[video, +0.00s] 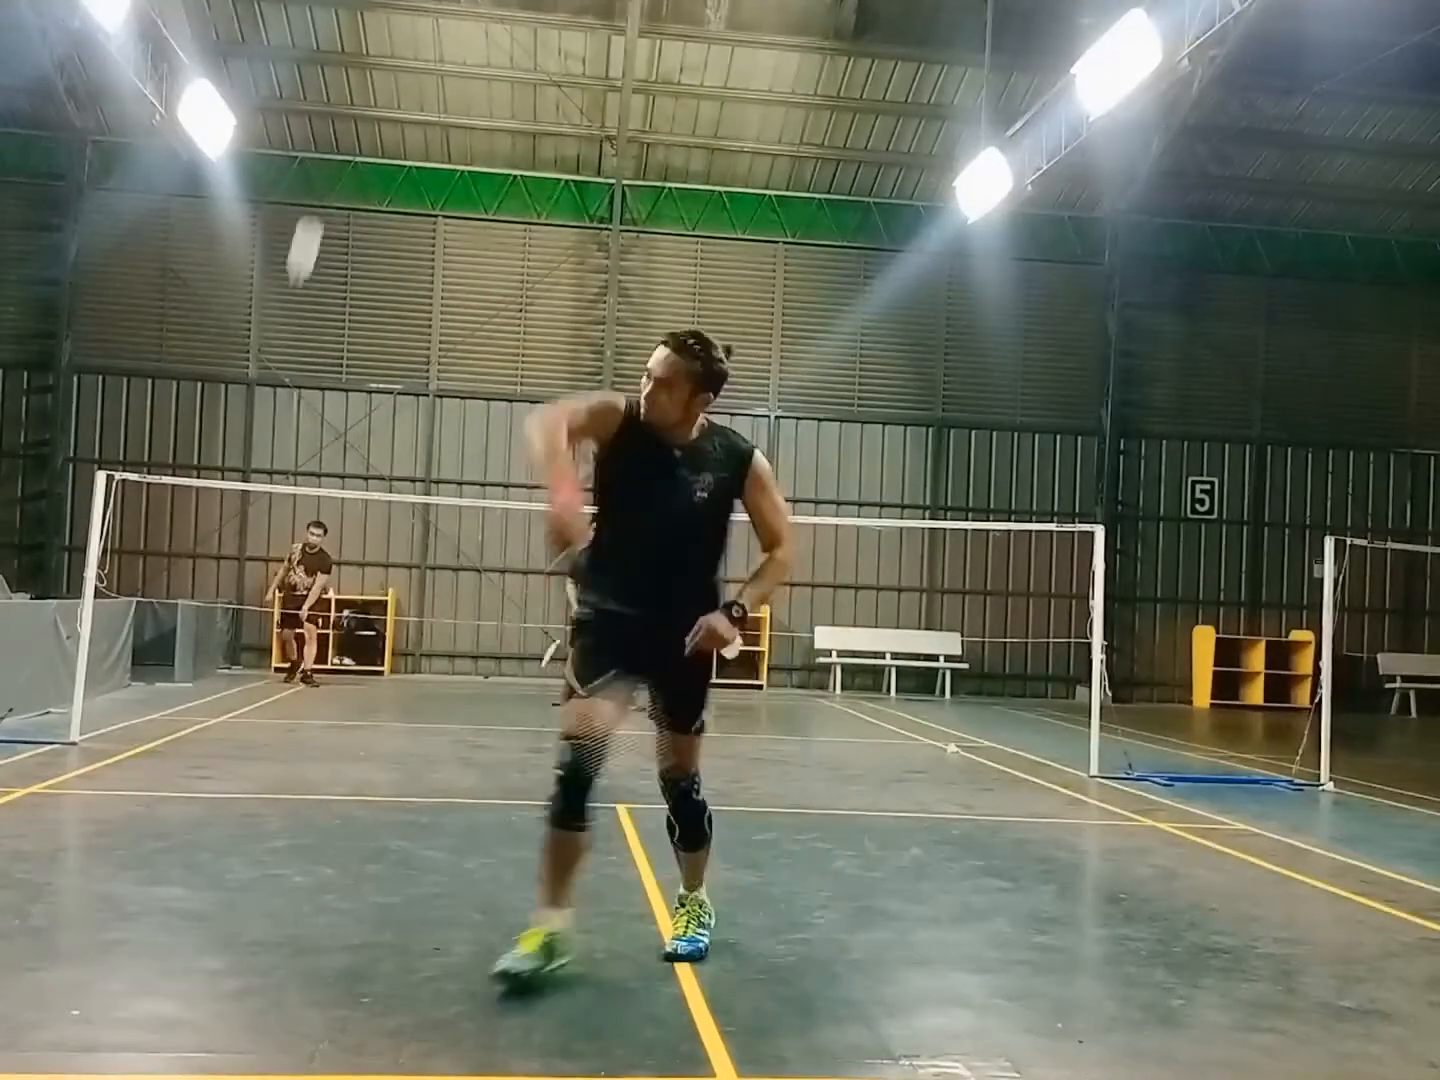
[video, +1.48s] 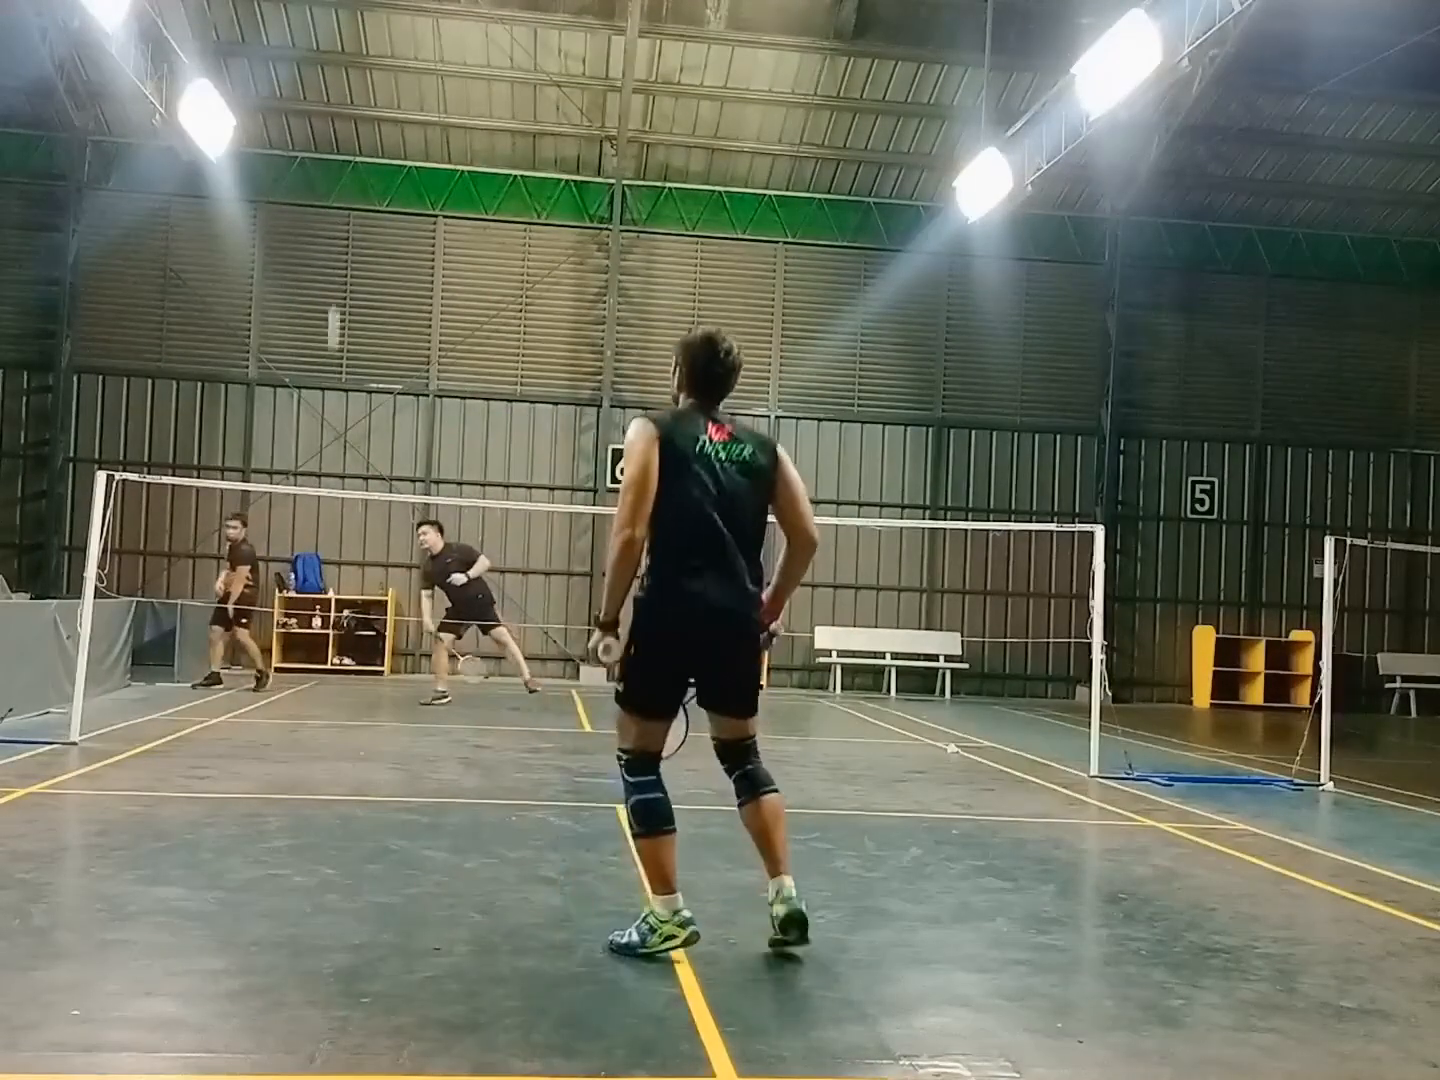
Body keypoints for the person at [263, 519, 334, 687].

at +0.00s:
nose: (313, 538)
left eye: (318, 536)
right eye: (312, 534)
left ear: (323, 538)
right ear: (306, 533)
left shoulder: (325, 560)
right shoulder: (295, 550)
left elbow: (318, 586)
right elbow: (283, 570)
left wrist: (306, 607)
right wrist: (271, 591)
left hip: (312, 598)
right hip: (292, 597)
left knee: (310, 634)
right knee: (286, 635)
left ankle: (307, 671)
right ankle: (294, 662)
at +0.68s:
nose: (296, 533)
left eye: (300, 530)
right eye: (293, 528)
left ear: (303, 533)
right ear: (284, 530)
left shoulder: (308, 556)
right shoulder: (273, 549)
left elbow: (306, 584)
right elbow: (260, 570)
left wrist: (298, 607)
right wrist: (250, 591)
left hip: (299, 598)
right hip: (277, 597)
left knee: (310, 638)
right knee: (273, 635)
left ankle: (307, 666)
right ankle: (274, 674)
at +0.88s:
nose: (280, 530)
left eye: (284, 527)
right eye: (276, 526)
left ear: (289, 530)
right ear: (270, 528)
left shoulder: (294, 552)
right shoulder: (262, 547)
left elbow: (291, 580)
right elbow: (253, 568)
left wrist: (280, 602)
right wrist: (251, 588)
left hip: (287, 594)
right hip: (267, 594)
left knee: (286, 630)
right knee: (269, 634)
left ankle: (289, 670)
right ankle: (274, 673)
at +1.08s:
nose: (263, 532)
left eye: (268, 528)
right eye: (260, 528)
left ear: (275, 531)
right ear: (256, 529)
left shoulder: (279, 552)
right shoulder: (256, 549)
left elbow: (274, 581)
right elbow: (250, 568)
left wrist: (264, 601)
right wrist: (253, 580)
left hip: (275, 593)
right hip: (260, 591)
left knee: (269, 635)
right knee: (249, 634)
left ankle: (269, 676)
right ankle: (271, 666)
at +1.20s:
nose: (252, 531)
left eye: (257, 527)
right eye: (249, 527)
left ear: (266, 529)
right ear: (247, 528)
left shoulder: (269, 551)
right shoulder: (253, 549)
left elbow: (264, 581)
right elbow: (245, 570)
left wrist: (256, 602)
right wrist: (246, 585)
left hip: (269, 596)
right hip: (255, 593)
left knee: (265, 634)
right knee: (232, 625)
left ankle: (268, 676)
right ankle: (247, 661)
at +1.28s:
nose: (246, 530)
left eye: (251, 527)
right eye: (243, 526)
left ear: (259, 529)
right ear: (240, 528)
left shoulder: (262, 550)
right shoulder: (245, 547)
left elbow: (259, 578)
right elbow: (242, 568)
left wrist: (251, 601)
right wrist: (239, 582)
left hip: (265, 592)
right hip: (249, 590)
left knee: (264, 635)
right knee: (229, 626)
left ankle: (267, 675)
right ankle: (230, 669)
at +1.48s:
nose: (230, 531)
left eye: (234, 528)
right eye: (227, 527)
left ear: (243, 530)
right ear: (224, 529)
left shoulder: (245, 550)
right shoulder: (231, 548)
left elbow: (241, 578)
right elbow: (228, 569)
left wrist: (231, 601)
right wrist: (220, 580)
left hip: (244, 594)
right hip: (229, 591)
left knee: (242, 635)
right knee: (215, 633)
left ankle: (261, 672)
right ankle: (214, 673)